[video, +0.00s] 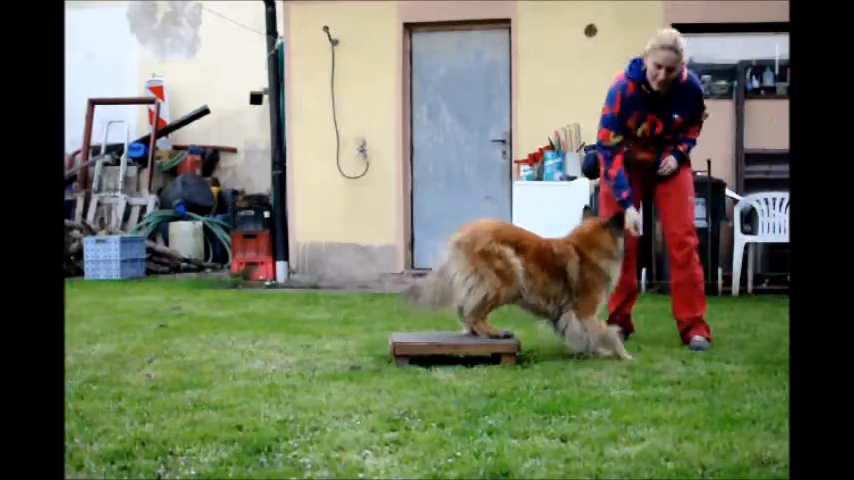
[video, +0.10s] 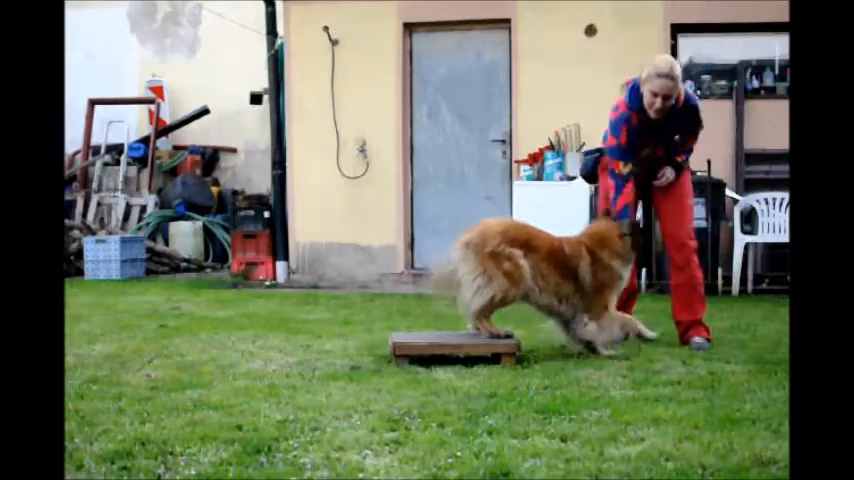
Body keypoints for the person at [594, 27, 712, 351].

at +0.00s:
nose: (662, 75)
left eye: (670, 69)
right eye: (657, 67)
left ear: (680, 66)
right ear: (645, 60)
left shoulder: (690, 88)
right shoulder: (623, 88)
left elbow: (693, 127)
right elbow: (608, 147)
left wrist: (677, 154)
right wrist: (626, 203)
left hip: (670, 166)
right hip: (624, 164)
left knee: (683, 239)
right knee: (620, 240)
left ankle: (694, 327)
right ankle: (619, 322)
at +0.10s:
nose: (659, 103)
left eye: (666, 97)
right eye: (653, 95)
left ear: (677, 93)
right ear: (642, 87)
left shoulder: (687, 108)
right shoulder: (624, 108)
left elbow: (690, 138)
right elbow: (618, 163)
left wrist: (675, 164)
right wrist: (622, 223)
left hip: (668, 170)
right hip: (624, 169)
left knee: (682, 243)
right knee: (619, 244)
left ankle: (693, 327)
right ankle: (615, 324)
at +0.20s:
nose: (654, 146)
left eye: (662, 140)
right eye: (649, 138)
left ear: (674, 131)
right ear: (638, 128)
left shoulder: (688, 131)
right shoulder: (622, 145)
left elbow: (688, 153)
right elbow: (622, 212)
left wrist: (674, 176)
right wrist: (623, 269)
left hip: (669, 176)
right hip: (622, 178)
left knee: (682, 244)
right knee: (618, 247)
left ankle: (693, 329)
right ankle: (623, 333)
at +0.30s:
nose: (652, 161)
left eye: (660, 155)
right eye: (647, 153)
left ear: (673, 145)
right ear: (637, 142)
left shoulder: (687, 137)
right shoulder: (619, 155)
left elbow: (689, 157)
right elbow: (614, 224)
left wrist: (675, 179)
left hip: (670, 180)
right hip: (624, 183)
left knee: (683, 246)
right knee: (621, 249)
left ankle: (693, 329)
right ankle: (619, 328)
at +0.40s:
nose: (651, 152)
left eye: (659, 146)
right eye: (646, 145)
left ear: (674, 136)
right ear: (637, 134)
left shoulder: (689, 135)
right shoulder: (620, 141)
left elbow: (693, 151)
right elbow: (600, 198)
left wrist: (675, 178)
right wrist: (594, 252)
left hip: (670, 182)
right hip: (625, 185)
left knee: (683, 247)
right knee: (618, 249)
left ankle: (693, 329)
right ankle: (619, 328)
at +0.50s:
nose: (650, 135)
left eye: (658, 129)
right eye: (645, 126)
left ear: (673, 118)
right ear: (636, 115)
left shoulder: (689, 126)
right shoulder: (618, 128)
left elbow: (688, 153)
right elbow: (593, 181)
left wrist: (675, 174)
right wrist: (589, 240)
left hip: (669, 177)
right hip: (623, 177)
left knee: (682, 245)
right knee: (618, 246)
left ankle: (693, 330)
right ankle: (619, 328)